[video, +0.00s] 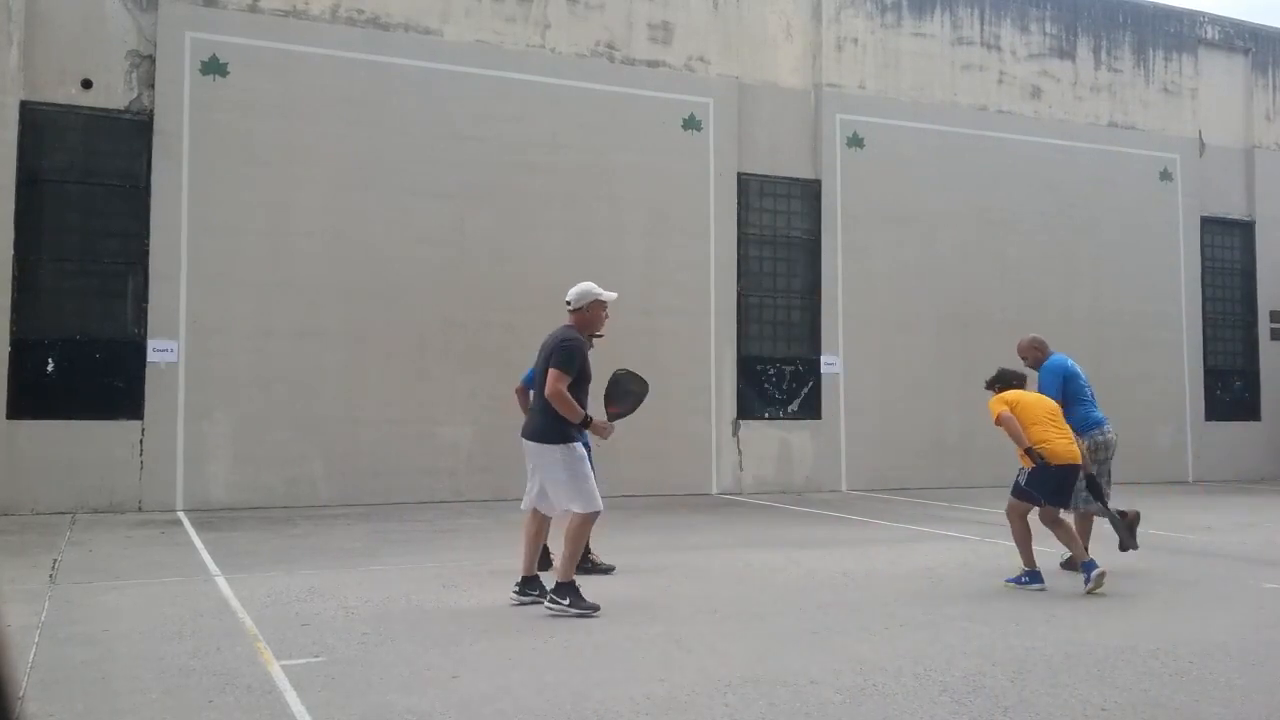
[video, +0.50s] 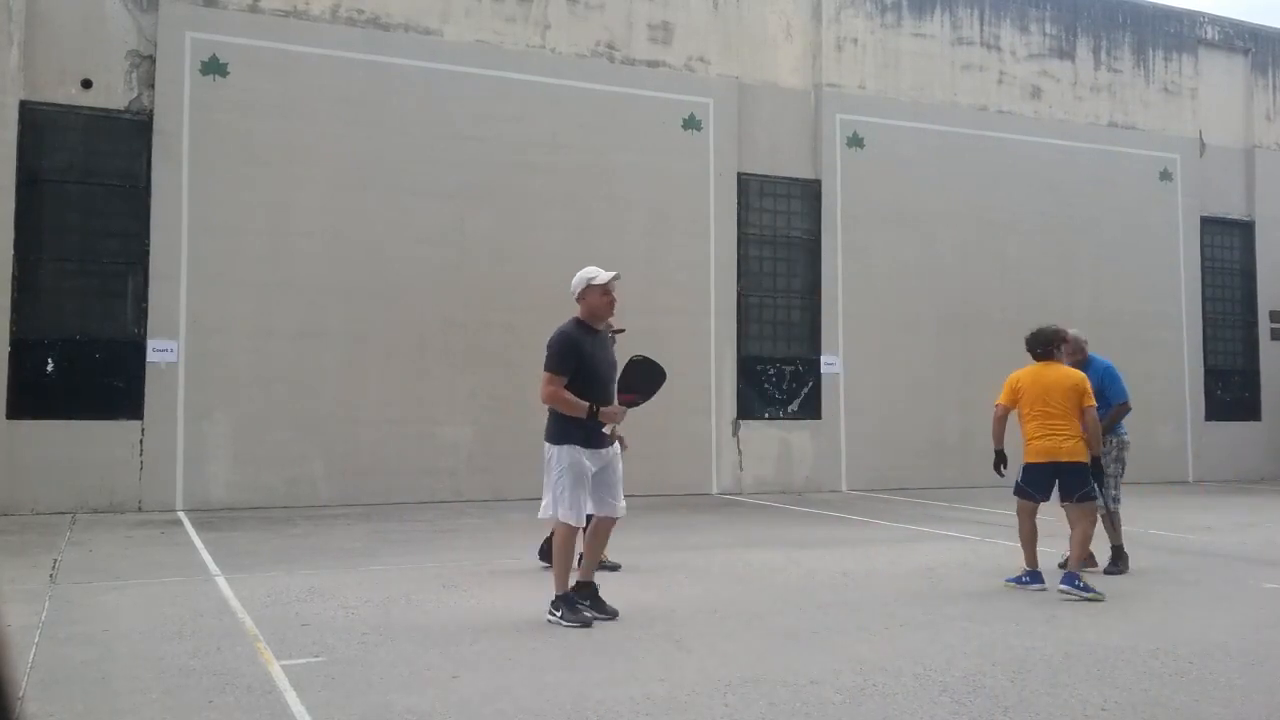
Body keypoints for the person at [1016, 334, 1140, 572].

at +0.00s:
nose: (1026, 364)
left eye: (1026, 358)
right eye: (1023, 360)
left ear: (1039, 351)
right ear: (1040, 350)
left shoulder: (1051, 368)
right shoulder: (1062, 362)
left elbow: (1048, 411)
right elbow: (1053, 408)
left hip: (1090, 437)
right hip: (1100, 434)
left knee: (1079, 499)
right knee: (1084, 500)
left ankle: (1121, 518)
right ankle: (1080, 555)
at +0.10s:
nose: (1026, 368)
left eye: (1027, 362)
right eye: (1023, 363)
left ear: (1039, 355)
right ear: (1040, 353)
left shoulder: (1059, 368)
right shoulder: (1057, 367)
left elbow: (1054, 411)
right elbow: (1056, 411)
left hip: (1100, 437)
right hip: (1089, 437)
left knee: (1089, 499)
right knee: (1083, 499)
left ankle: (1118, 542)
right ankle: (1081, 554)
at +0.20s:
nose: (1031, 370)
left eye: (1031, 365)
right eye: (1029, 366)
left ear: (1044, 357)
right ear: (1043, 356)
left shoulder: (1069, 370)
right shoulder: (1054, 374)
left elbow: (1082, 410)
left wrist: (1052, 424)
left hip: (1104, 437)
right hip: (1088, 438)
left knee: (1090, 498)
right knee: (1082, 499)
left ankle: (1115, 542)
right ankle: (1080, 553)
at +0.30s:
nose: (1042, 372)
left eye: (1043, 366)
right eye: (1039, 368)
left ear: (1055, 357)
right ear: (1049, 360)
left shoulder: (1081, 371)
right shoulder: (1054, 377)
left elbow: (1098, 409)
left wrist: (1071, 430)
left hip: (1106, 437)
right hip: (1086, 438)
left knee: (1094, 498)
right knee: (1082, 500)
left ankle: (1113, 545)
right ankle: (1080, 553)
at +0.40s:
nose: (1055, 367)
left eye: (1057, 362)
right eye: (1053, 363)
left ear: (1069, 353)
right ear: (1053, 360)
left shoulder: (1092, 371)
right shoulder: (1061, 374)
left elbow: (1112, 407)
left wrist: (1085, 433)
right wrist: (1062, 431)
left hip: (1108, 439)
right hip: (1083, 440)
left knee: (1099, 500)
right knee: (1077, 499)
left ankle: (1116, 552)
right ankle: (1080, 554)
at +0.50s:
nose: (1065, 357)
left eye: (1069, 352)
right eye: (1063, 353)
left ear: (1083, 349)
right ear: (1064, 352)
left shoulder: (1103, 369)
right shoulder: (1065, 373)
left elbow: (1123, 406)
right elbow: (1062, 407)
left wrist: (1097, 432)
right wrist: (1067, 431)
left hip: (1110, 440)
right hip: (1081, 439)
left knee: (1106, 499)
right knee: (1075, 498)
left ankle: (1118, 553)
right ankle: (1081, 551)